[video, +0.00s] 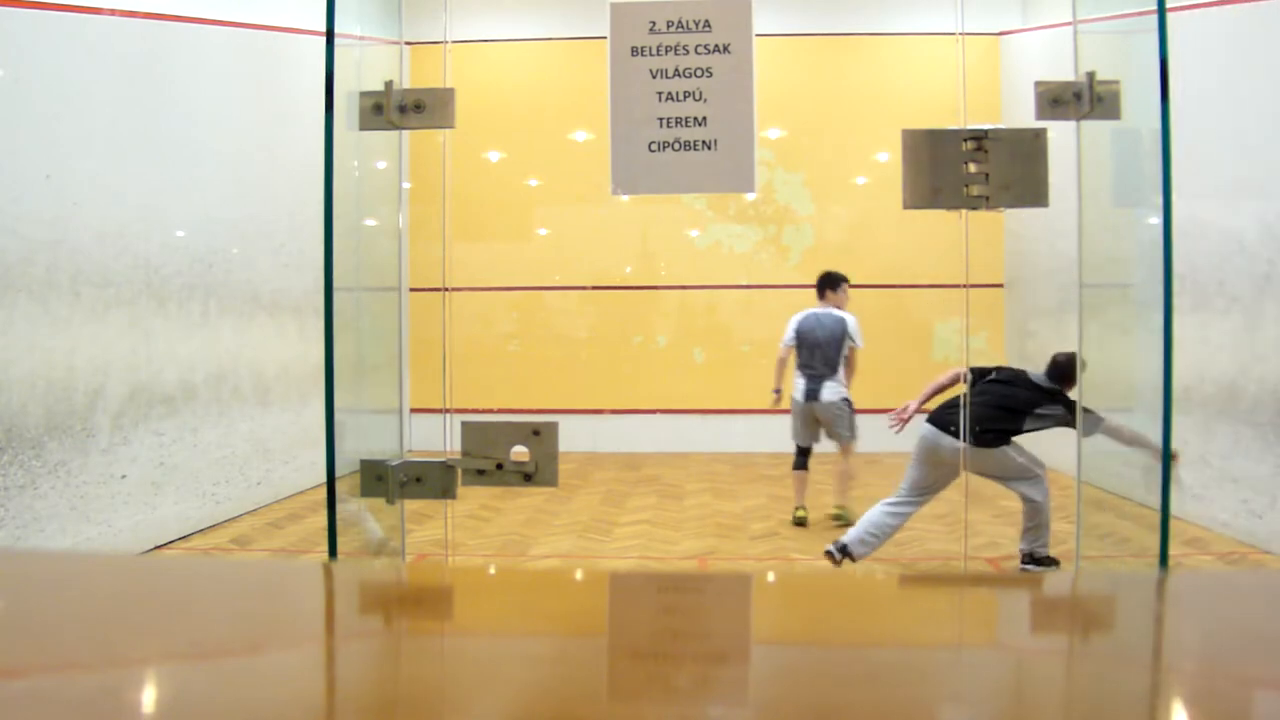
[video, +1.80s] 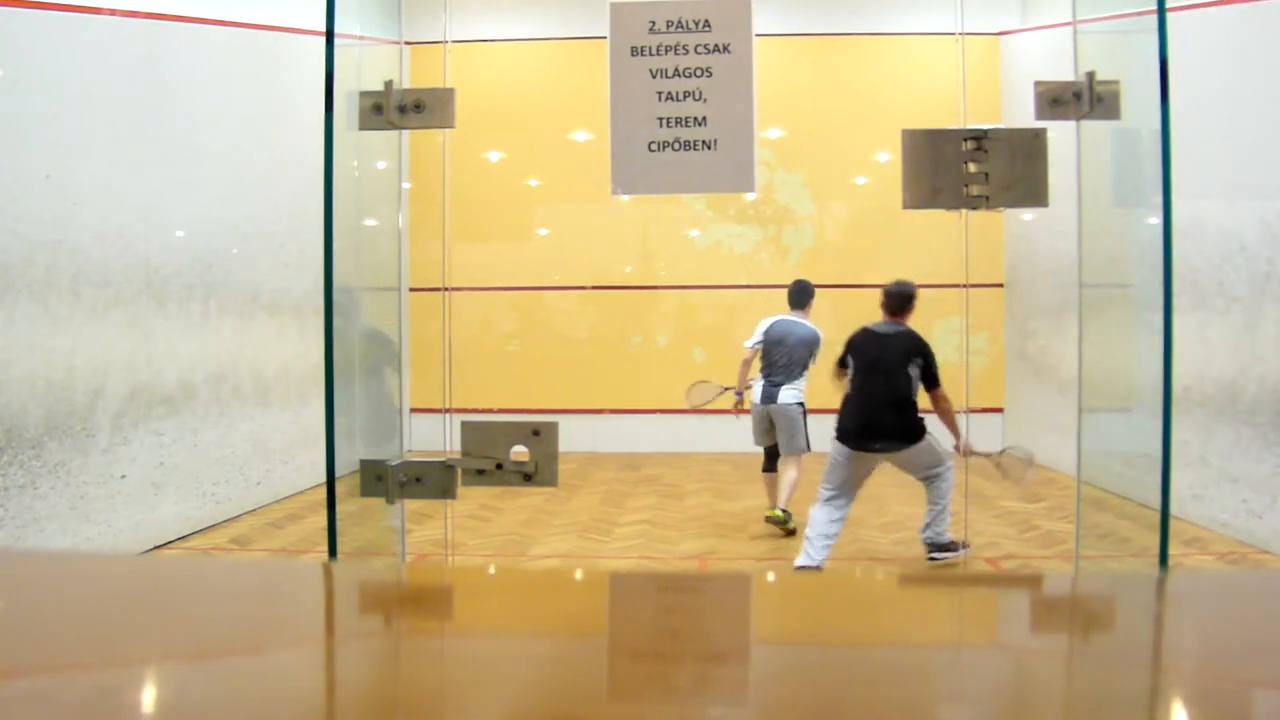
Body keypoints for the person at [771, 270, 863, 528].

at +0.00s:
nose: (847, 297)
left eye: (847, 291)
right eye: (844, 291)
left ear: (823, 294)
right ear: (829, 293)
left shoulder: (799, 319)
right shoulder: (847, 320)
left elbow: (783, 356)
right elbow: (851, 359)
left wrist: (777, 388)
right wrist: (845, 388)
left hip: (802, 393)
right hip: (832, 393)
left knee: (802, 450)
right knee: (846, 449)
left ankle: (799, 506)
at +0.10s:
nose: (836, 291)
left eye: (835, 286)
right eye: (834, 286)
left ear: (809, 288)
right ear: (824, 287)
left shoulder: (787, 313)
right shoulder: (837, 315)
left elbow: (768, 348)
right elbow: (842, 355)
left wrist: (761, 383)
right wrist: (832, 380)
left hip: (787, 388)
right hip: (819, 390)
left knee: (783, 446)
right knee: (818, 453)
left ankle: (777, 500)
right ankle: (804, 505)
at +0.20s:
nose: (821, 299)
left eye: (819, 294)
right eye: (820, 295)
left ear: (794, 295)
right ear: (816, 296)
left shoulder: (776, 323)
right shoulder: (826, 325)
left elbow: (754, 357)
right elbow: (833, 368)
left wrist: (744, 391)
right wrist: (822, 396)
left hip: (771, 398)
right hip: (803, 401)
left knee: (761, 452)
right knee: (800, 467)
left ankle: (738, 501)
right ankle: (785, 523)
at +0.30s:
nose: (808, 305)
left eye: (804, 300)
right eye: (808, 301)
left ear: (783, 304)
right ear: (805, 304)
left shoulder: (765, 331)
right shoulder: (810, 335)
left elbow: (744, 367)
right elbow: (817, 380)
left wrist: (731, 403)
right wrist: (814, 407)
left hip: (752, 410)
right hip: (783, 412)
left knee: (741, 467)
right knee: (800, 471)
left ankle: (708, 506)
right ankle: (784, 525)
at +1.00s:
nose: (817, 321)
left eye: (818, 317)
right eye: (818, 317)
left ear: (794, 311)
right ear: (815, 315)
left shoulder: (772, 330)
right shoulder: (798, 335)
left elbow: (743, 356)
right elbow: (794, 368)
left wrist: (736, 378)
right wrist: (827, 377)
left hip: (740, 403)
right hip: (762, 407)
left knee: (756, 455)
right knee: (772, 472)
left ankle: (752, 509)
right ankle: (768, 534)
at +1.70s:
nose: (814, 308)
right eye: (815, 304)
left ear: (792, 303)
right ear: (813, 306)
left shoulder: (773, 325)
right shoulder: (815, 338)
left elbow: (744, 355)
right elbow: (817, 372)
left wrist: (734, 385)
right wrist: (811, 403)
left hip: (759, 397)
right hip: (788, 400)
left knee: (769, 454)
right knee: (787, 460)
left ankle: (775, 505)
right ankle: (772, 505)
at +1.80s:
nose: (811, 304)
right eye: (811, 300)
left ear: (788, 300)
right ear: (810, 302)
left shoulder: (768, 324)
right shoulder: (814, 334)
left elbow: (747, 359)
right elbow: (806, 365)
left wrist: (739, 392)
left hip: (760, 398)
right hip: (789, 400)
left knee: (770, 453)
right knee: (791, 458)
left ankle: (773, 508)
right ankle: (781, 507)